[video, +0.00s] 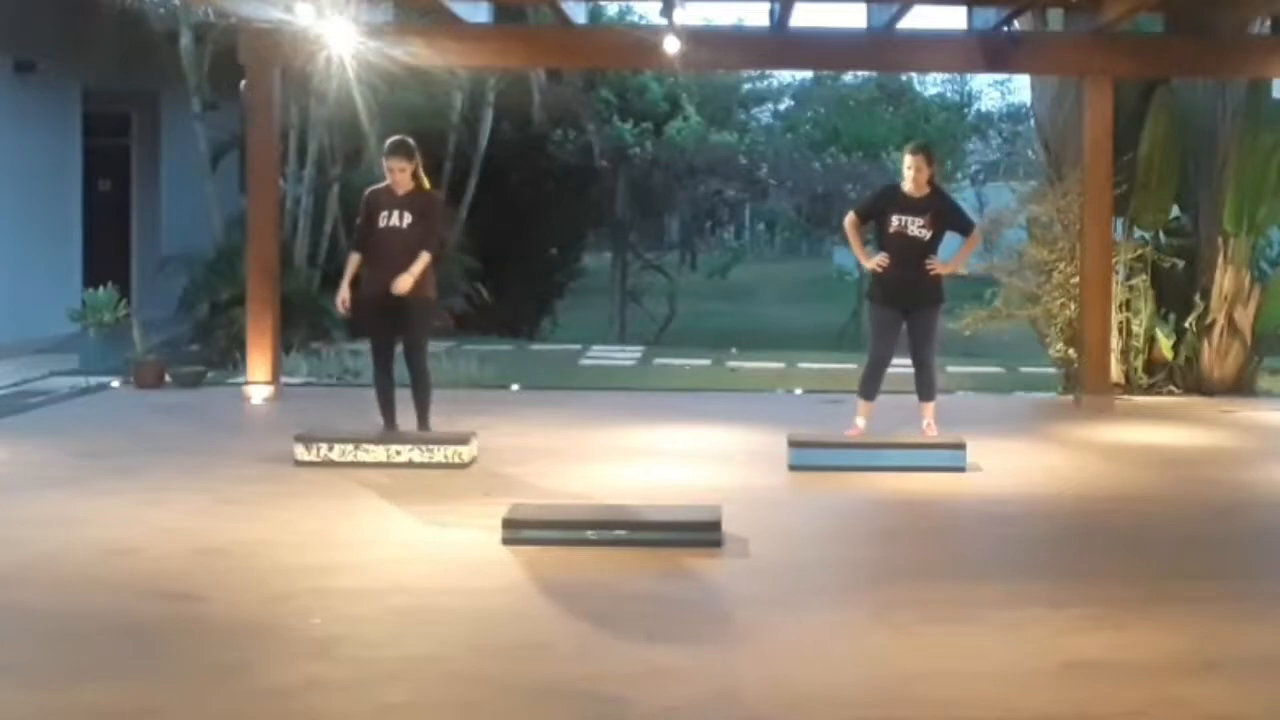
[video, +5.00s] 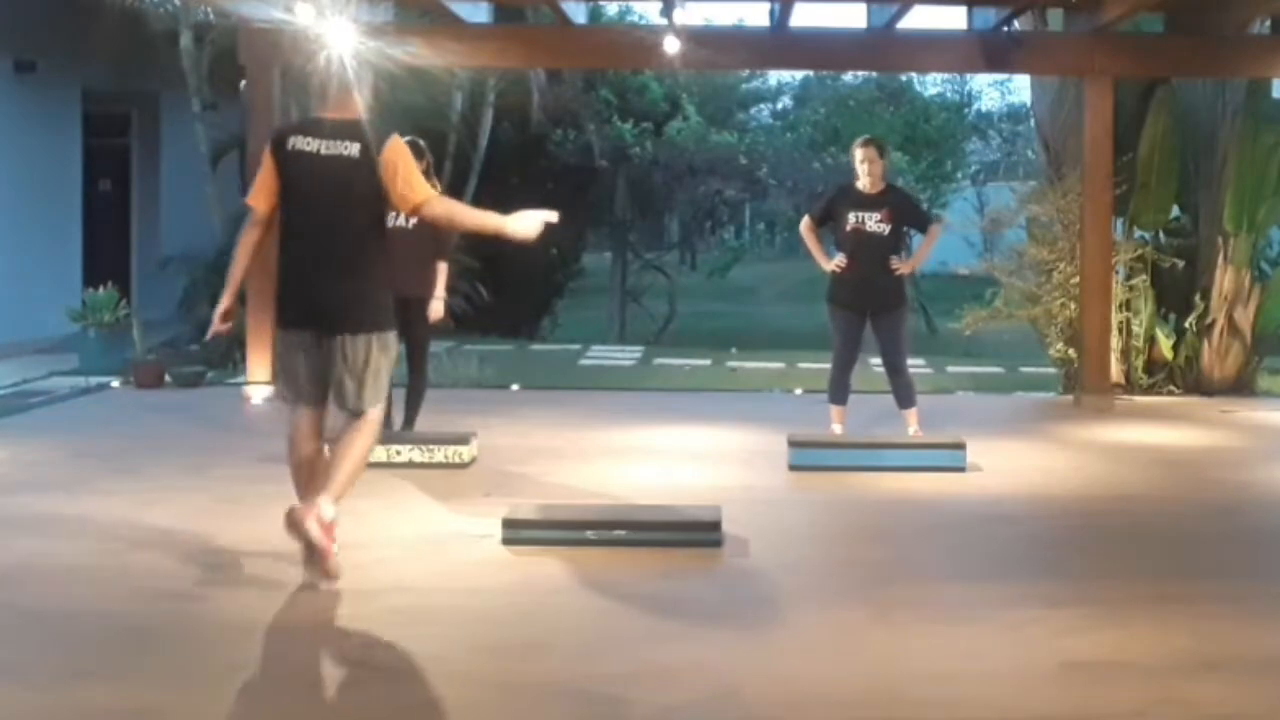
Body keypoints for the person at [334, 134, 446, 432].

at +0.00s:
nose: (395, 176)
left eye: (401, 170)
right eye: (390, 170)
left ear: (414, 168)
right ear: (384, 168)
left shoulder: (430, 200)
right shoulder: (373, 197)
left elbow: (432, 244)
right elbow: (359, 244)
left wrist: (411, 274)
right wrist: (345, 284)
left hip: (415, 291)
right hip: (377, 291)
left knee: (416, 358)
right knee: (382, 359)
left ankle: (423, 424)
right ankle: (389, 424)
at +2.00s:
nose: (392, 159)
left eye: (399, 153)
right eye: (388, 153)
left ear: (413, 159)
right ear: (382, 158)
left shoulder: (428, 199)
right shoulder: (371, 197)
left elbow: (434, 249)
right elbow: (363, 247)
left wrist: (432, 291)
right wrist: (356, 287)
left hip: (412, 294)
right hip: (378, 294)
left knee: (410, 361)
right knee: (384, 361)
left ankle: (407, 424)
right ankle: (389, 423)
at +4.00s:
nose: (396, 162)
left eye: (403, 156)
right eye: (393, 156)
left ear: (418, 161)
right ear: (387, 159)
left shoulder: (430, 199)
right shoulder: (376, 197)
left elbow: (436, 250)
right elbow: (365, 248)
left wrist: (435, 293)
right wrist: (360, 290)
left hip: (413, 295)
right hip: (380, 294)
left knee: (412, 362)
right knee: (384, 363)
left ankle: (407, 424)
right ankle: (390, 423)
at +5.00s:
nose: (405, 170)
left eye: (412, 163)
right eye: (401, 163)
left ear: (424, 165)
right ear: (392, 165)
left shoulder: (434, 203)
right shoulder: (382, 195)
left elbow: (443, 253)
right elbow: (371, 244)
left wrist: (438, 294)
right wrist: (370, 285)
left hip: (418, 293)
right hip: (383, 291)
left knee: (417, 361)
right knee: (378, 363)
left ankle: (409, 423)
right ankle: (382, 421)